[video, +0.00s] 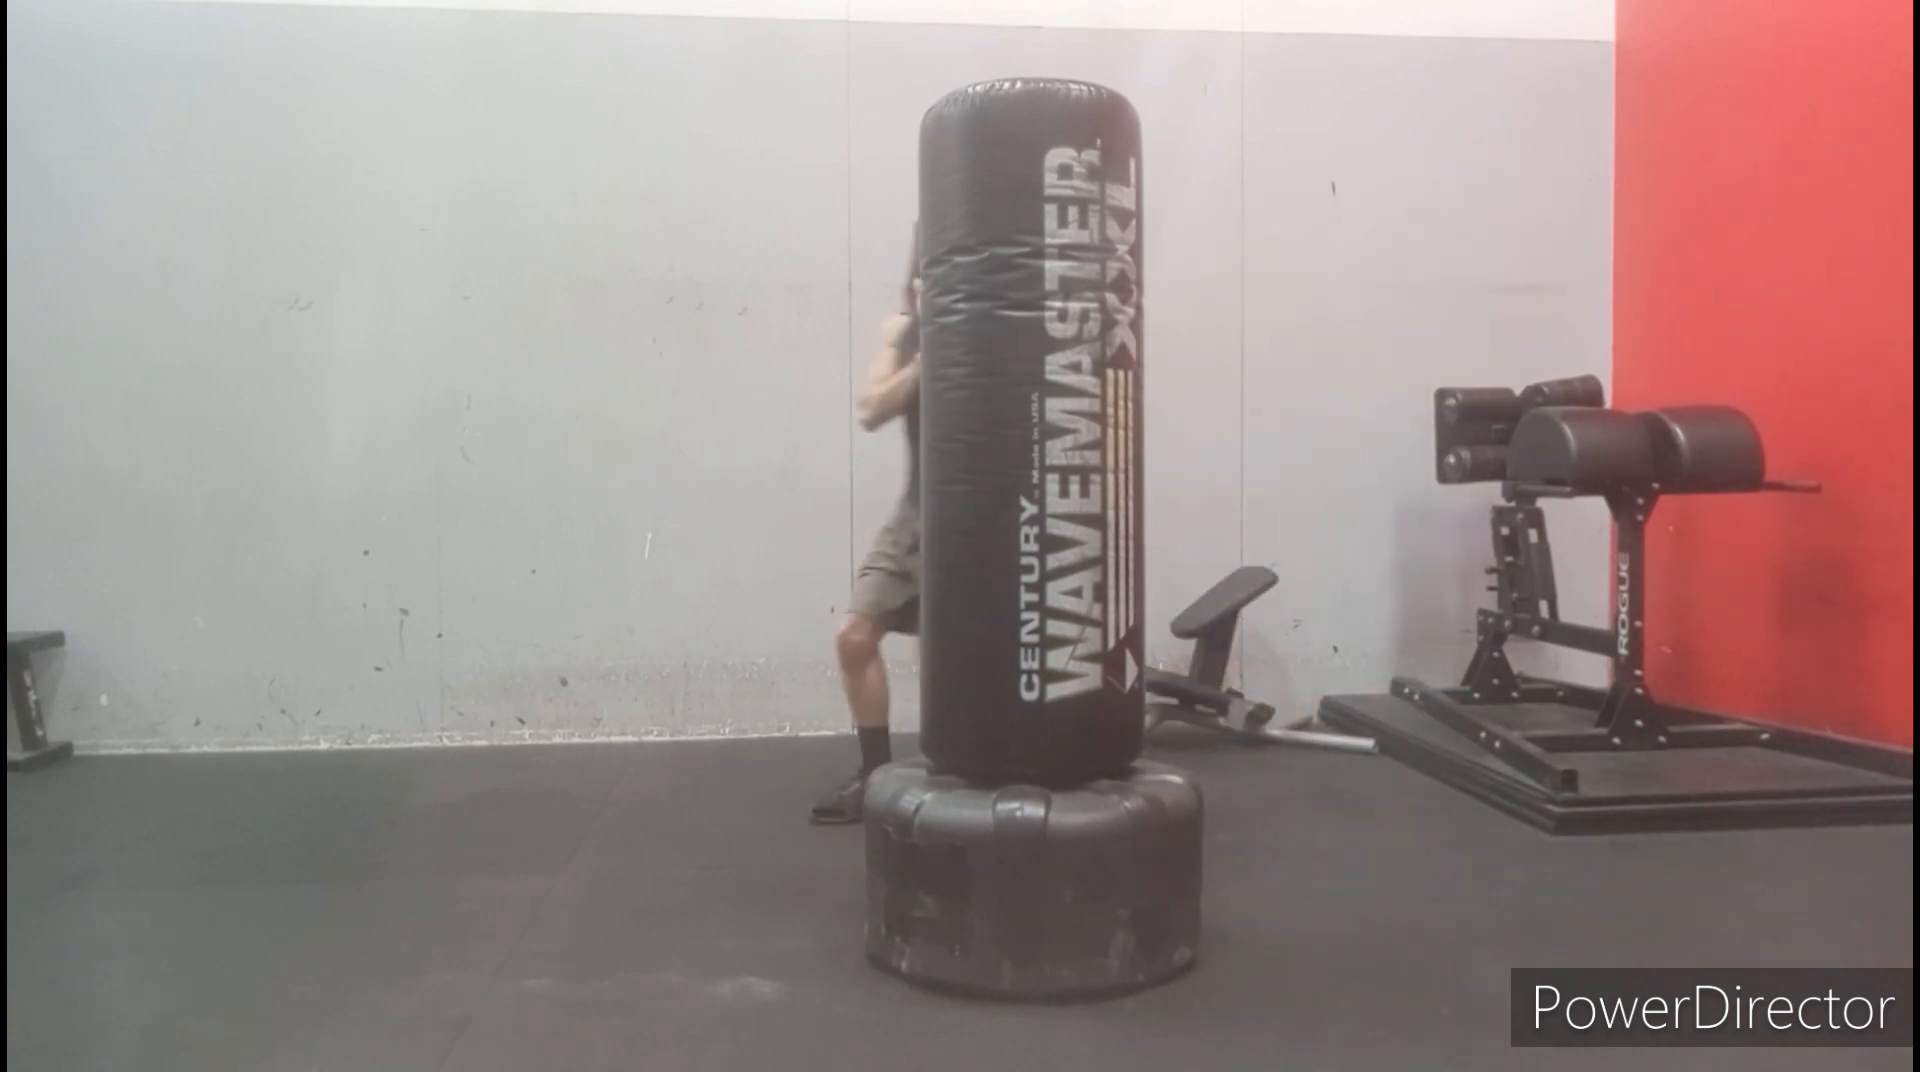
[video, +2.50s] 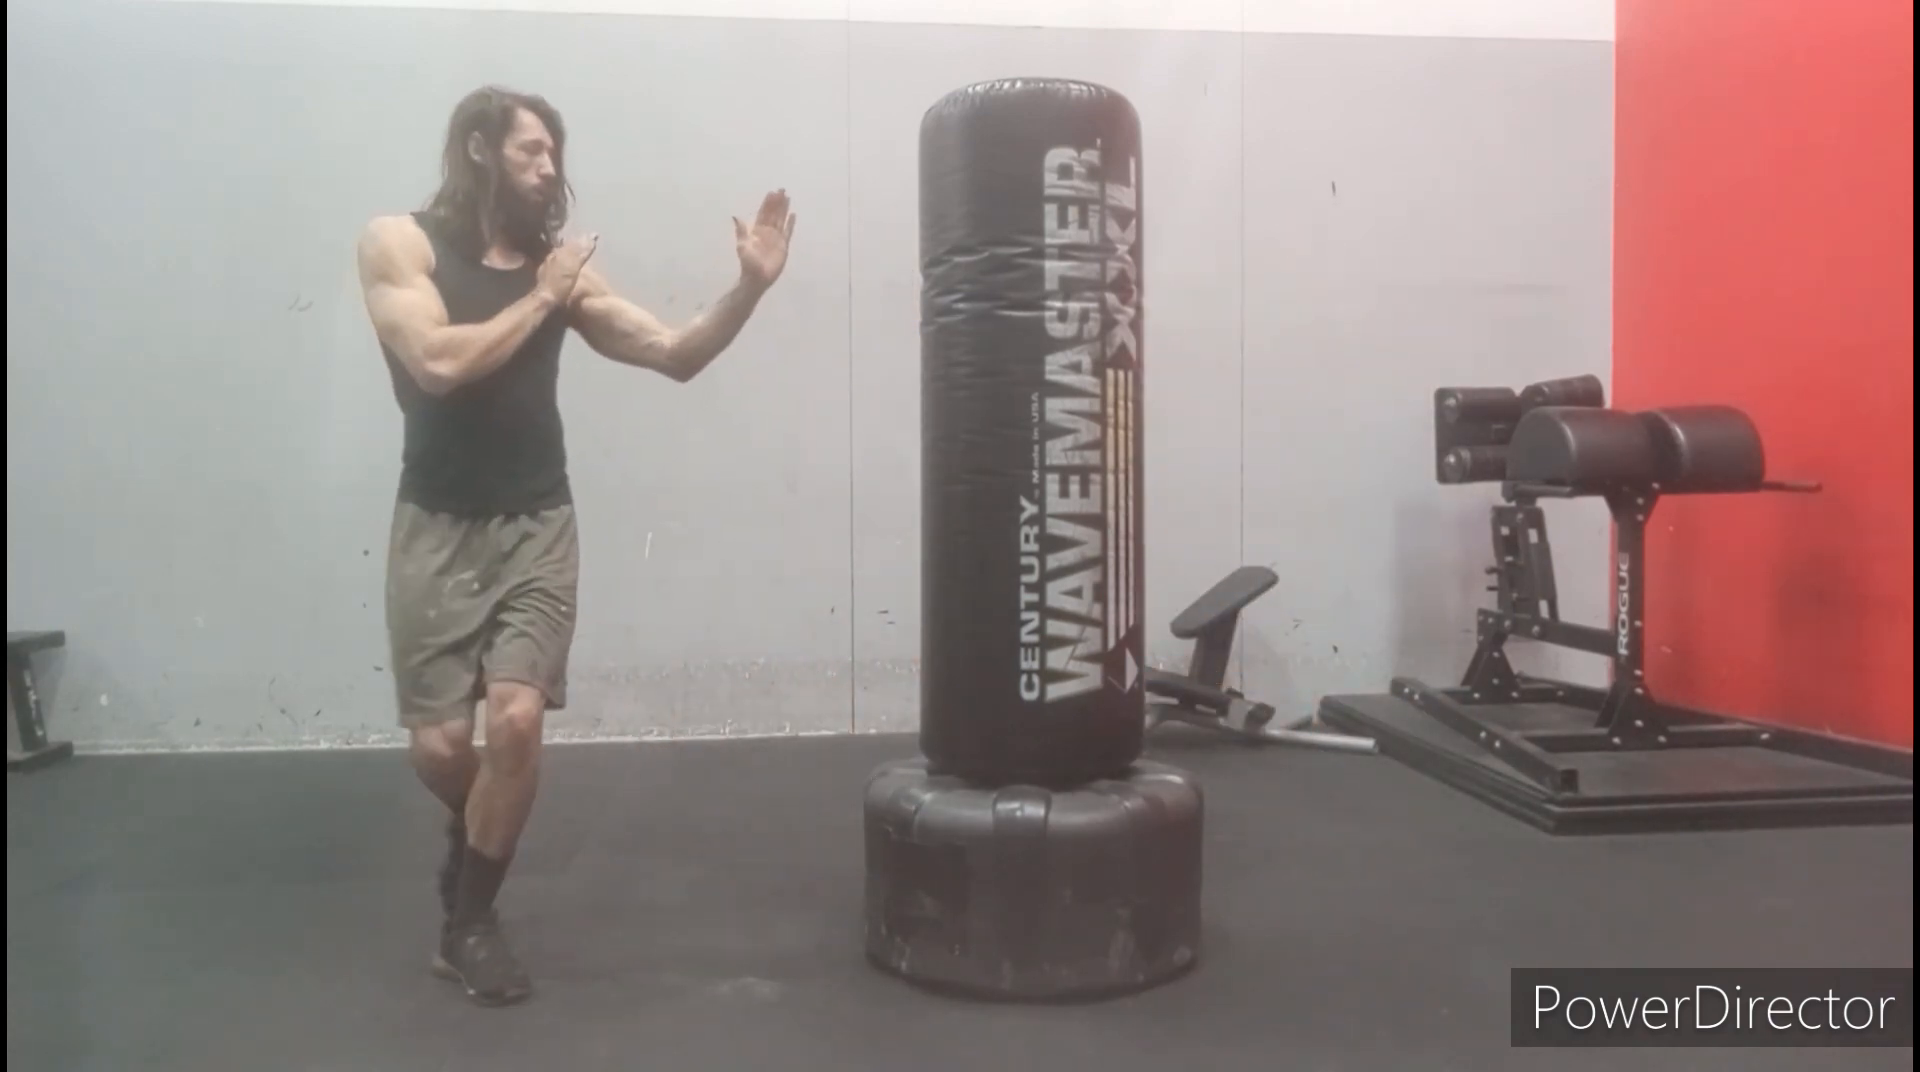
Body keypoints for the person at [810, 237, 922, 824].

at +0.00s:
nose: (932, 287)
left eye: (943, 276)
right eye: (926, 277)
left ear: (967, 281)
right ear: (913, 285)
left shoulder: (994, 331)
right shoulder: (907, 328)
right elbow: (873, 408)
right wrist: (932, 347)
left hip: (988, 512)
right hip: (922, 506)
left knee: (976, 644)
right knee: (856, 639)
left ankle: (980, 779)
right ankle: (876, 776)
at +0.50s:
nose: (835, 256)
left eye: (844, 246)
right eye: (824, 246)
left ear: (861, 256)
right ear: (801, 256)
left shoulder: (881, 318)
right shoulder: (776, 322)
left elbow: (912, 390)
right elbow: (754, 414)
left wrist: (882, 323)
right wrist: (823, 356)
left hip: (855, 503)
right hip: (801, 503)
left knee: (742, 606)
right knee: (800, 666)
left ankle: (739, 780)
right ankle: (872, 777)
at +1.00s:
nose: (727, 238)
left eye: (738, 229)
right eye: (713, 227)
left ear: (750, 242)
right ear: (686, 238)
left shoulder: (766, 315)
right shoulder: (646, 308)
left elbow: (815, 387)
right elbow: (625, 401)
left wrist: (814, 320)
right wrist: (709, 343)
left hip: (730, 510)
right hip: (667, 506)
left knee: (651, 664)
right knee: (625, 670)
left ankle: (685, 818)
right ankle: (754, 723)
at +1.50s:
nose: (631, 219)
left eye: (638, 208)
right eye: (614, 207)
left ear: (647, 220)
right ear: (576, 218)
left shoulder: (662, 306)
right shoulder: (525, 295)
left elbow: (741, 376)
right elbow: (528, 396)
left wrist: (761, 315)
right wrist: (621, 331)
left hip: (637, 516)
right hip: (555, 510)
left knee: (598, 696)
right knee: (521, 668)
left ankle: (680, 810)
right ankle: (509, 855)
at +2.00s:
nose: (560, 202)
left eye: (566, 189)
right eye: (544, 187)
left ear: (572, 200)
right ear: (497, 191)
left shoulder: (579, 292)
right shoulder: (425, 273)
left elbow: (682, 368)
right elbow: (445, 385)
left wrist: (728, 301)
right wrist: (547, 322)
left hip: (553, 513)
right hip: (466, 522)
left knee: (519, 648)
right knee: (487, 721)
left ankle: (524, 853)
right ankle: (521, 860)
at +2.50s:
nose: (548, 169)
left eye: (552, 154)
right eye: (530, 152)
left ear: (551, 165)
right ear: (478, 155)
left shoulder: (554, 269)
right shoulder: (396, 241)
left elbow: (675, 354)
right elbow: (438, 365)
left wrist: (750, 285)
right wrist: (544, 296)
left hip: (537, 520)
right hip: (435, 524)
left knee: (516, 720)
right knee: (437, 748)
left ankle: (472, 922)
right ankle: (476, 833)